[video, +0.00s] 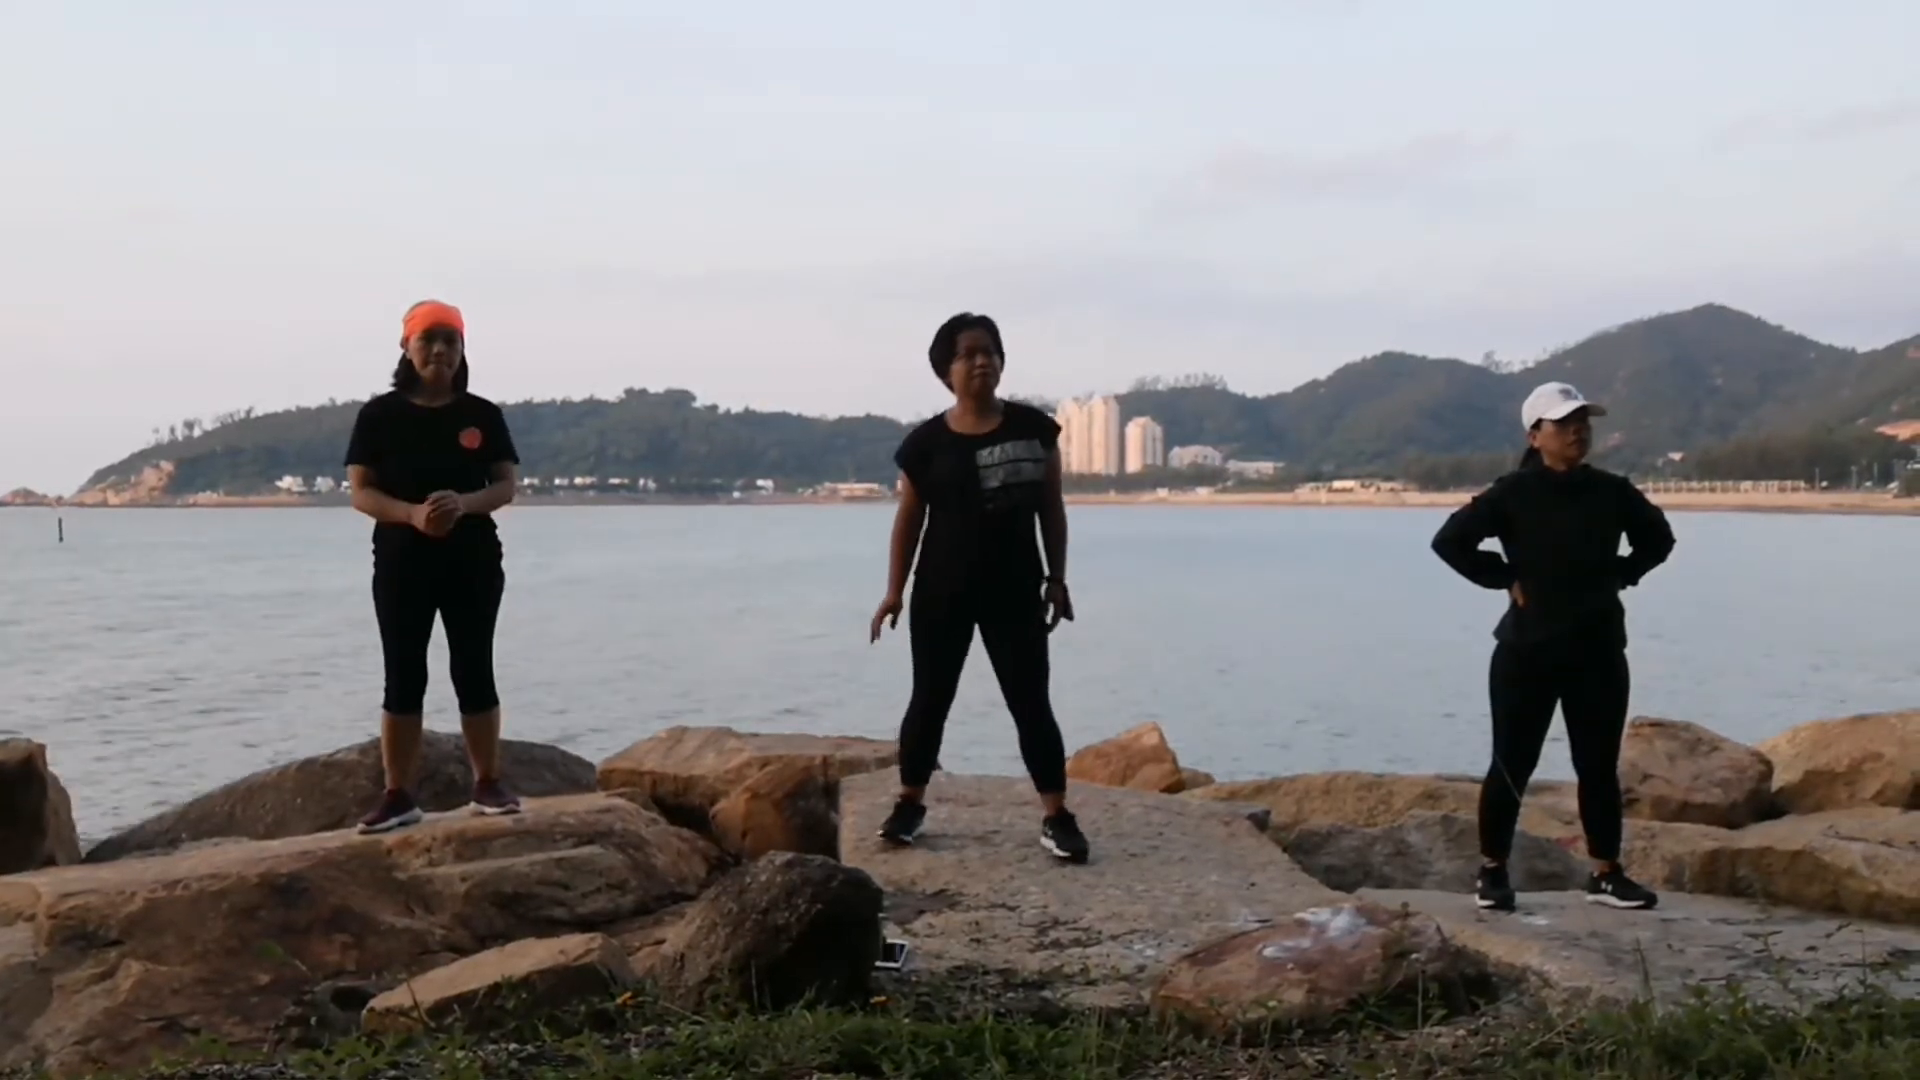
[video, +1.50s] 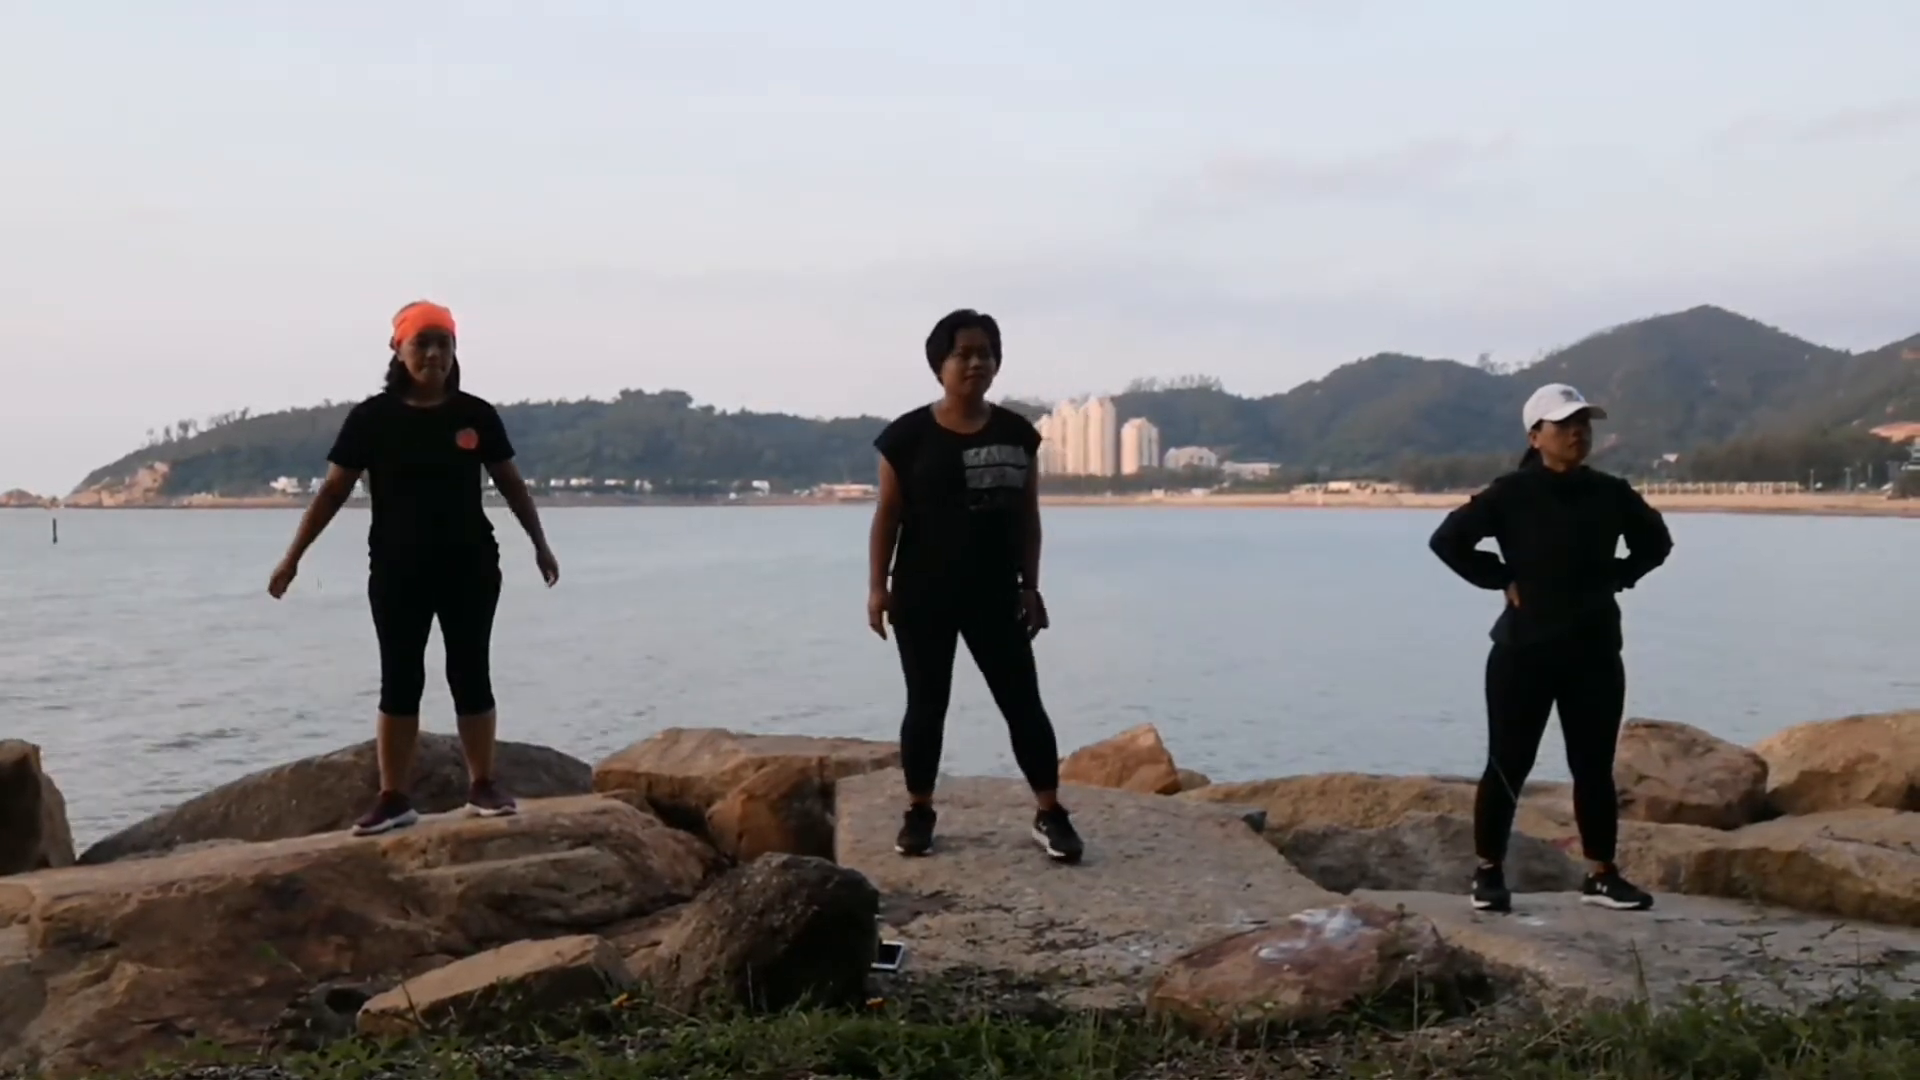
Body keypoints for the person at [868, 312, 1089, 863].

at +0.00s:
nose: (981, 363)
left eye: (989, 353)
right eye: (968, 355)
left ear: (1001, 364)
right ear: (946, 368)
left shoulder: (1035, 431)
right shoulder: (924, 443)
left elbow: (1052, 508)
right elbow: (907, 523)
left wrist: (1057, 575)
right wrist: (894, 590)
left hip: (1014, 593)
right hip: (943, 595)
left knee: (1032, 705)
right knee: (928, 701)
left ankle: (1056, 814)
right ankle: (909, 804)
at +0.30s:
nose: (1022, 361)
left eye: (1031, 352)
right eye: (1011, 354)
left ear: (1045, 363)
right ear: (989, 369)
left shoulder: (1075, 434)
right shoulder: (965, 443)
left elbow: (1098, 509)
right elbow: (950, 526)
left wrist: (1113, 575)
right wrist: (942, 595)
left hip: (1062, 594)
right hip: (992, 594)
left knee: (1062, 706)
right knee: (957, 703)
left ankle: (1061, 817)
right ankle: (914, 801)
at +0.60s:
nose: (1042, 362)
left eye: (1052, 353)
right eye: (1030, 353)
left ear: (1065, 364)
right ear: (1008, 366)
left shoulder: (1098, 434)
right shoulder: (983, 439)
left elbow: (1112, 514)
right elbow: (966, 521)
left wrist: (1109, 581)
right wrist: (961, 591)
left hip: (1071, 593)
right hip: (1000, 595)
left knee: (1066, 708)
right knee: (962, 701)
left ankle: (1060, 817)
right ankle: (916, 802)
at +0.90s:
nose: (1036, 362)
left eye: (1046, 353)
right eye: (1025, 352)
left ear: (1061, 364)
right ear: (1003, 364)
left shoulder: (1085, 436)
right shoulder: (972, 434)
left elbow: (1098, 520)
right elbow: (950, 516)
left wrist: (1095, 588)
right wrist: (941, 588)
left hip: (1052, 597)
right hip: (982, 593)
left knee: (1055, 708)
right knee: (952, 702)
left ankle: (1058, 818)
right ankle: (923, 811)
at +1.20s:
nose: (1001, 365)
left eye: (1011, 356)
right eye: (990, 355)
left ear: (1024, 366)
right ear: (968, 365)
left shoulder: (1047, 438)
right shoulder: (934, 437)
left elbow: (1058, 519)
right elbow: (914, 518)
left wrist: (1057, 589)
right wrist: (906, 588)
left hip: (1014, 596)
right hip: (944, 597)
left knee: (1030, 710)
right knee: (934, 707)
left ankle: (1053, 815)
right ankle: (920, 811)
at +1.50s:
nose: (974, 366)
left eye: (985, 357)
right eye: (963, 355)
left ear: (996, 366)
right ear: (939, 362)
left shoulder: (1017, 433)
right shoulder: (907, 435)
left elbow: (1028, 517)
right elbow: (887, 515)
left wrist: (1031, 586)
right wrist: (876, 585)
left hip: (994, 593)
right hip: (924, 594)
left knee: (1025, 705)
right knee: (925, 707)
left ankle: (1050, 812)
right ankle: (919, 811)